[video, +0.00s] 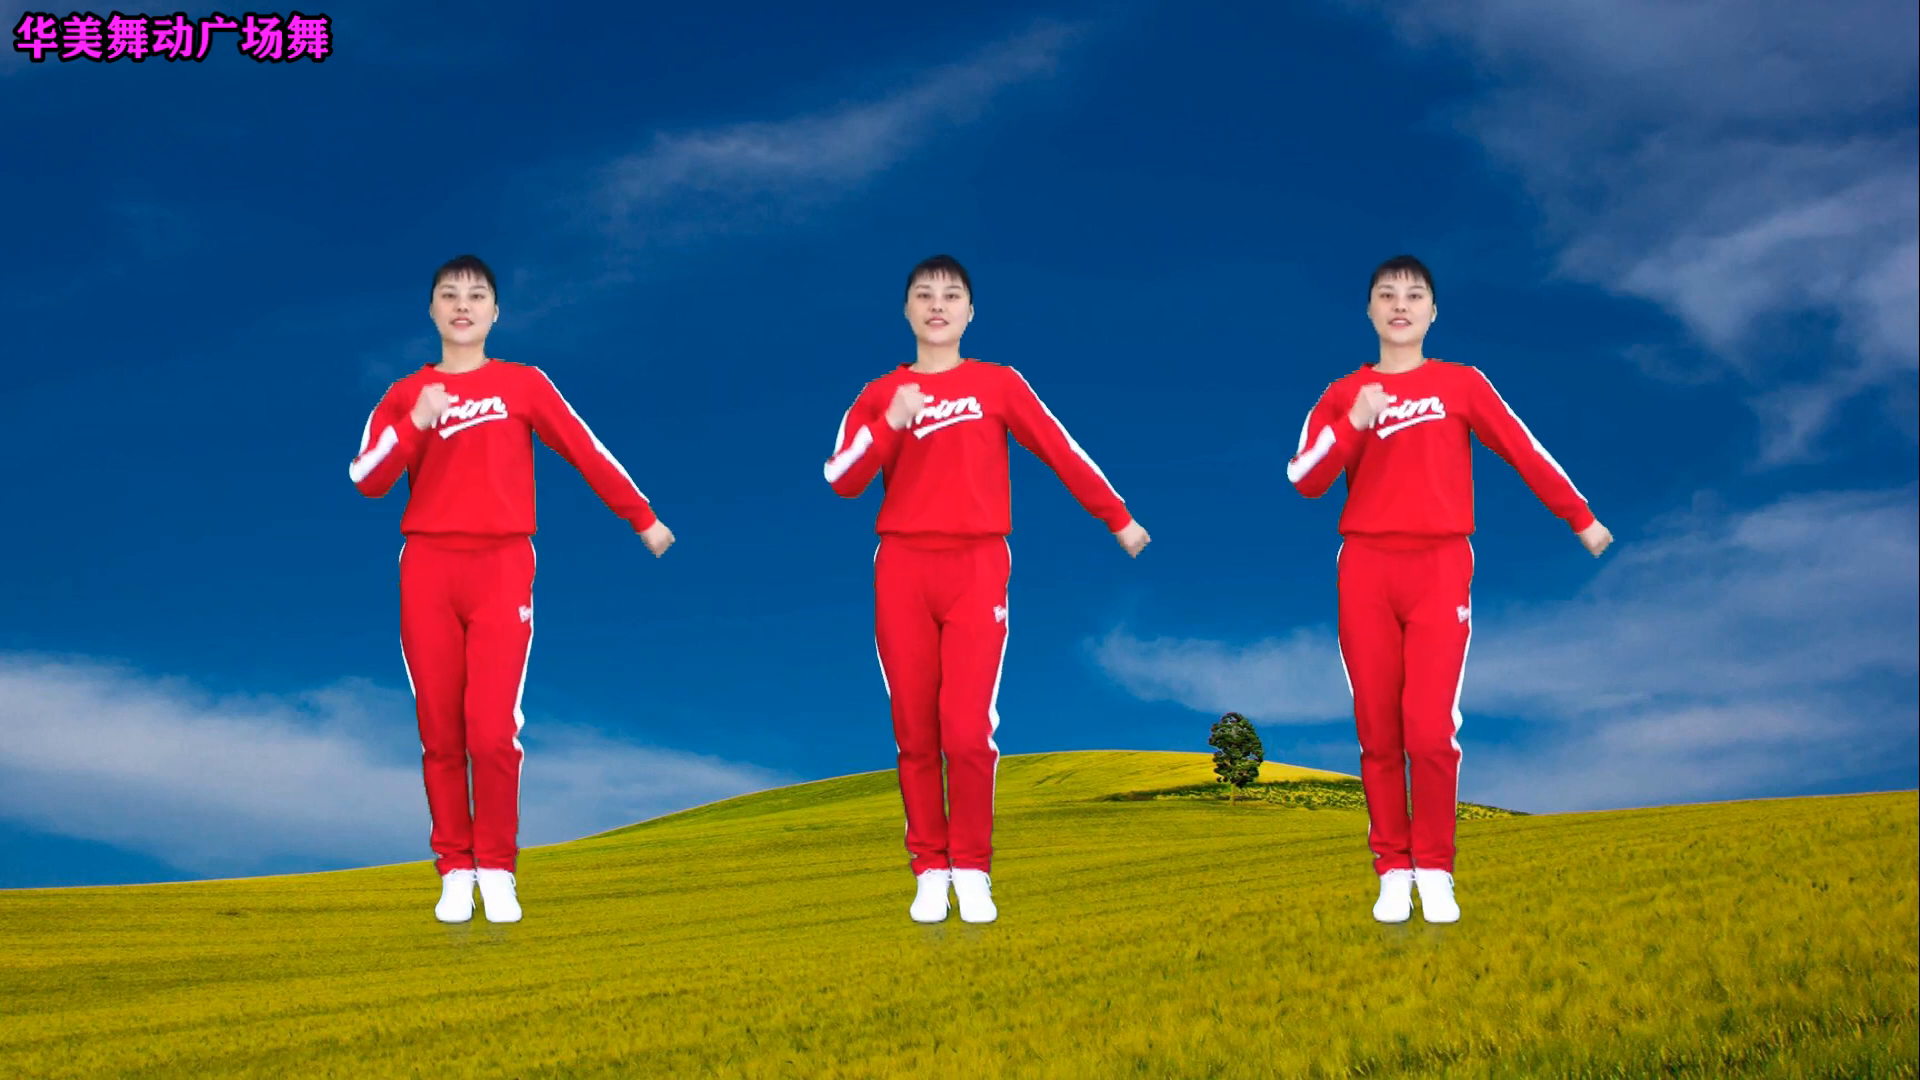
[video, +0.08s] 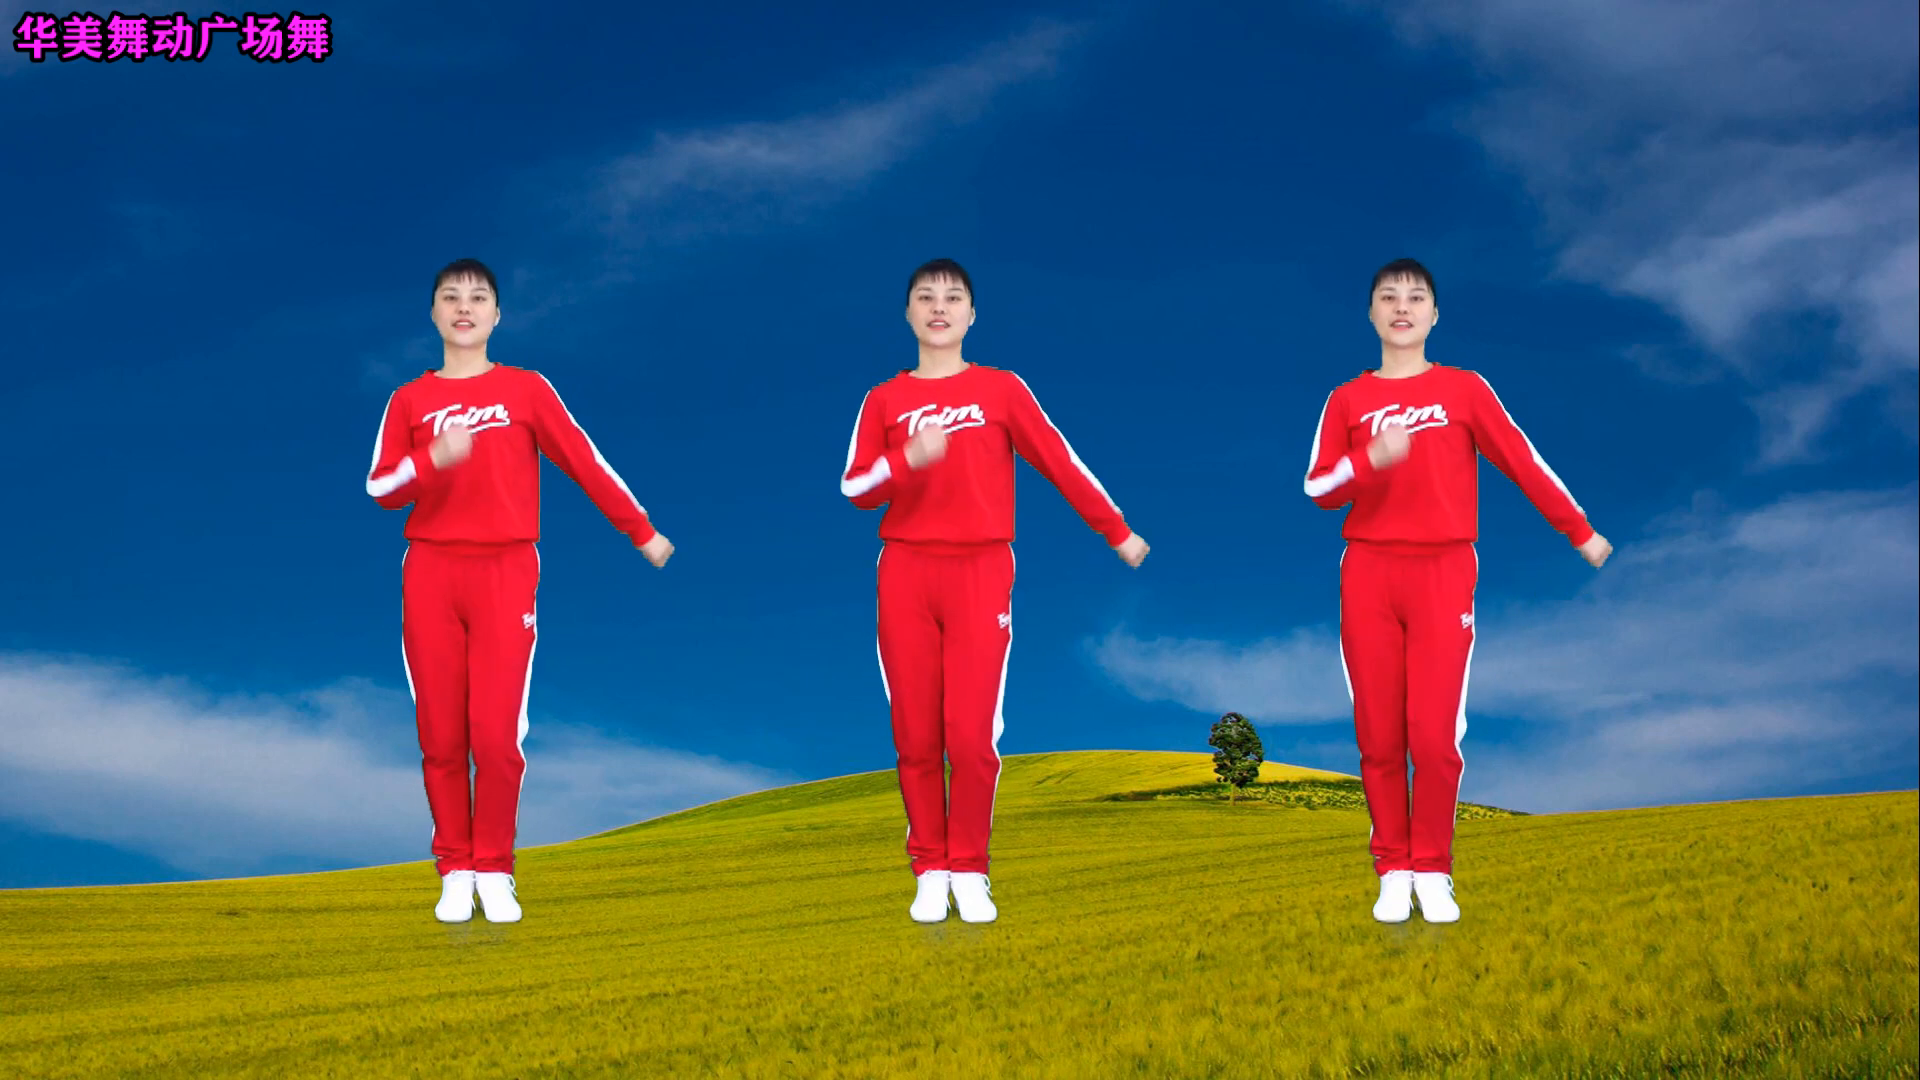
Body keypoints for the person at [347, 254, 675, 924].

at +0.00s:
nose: (462, 305)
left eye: (476, 296)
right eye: (450, 296)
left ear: (494, 311)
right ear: (432, 311)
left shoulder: (524, 383)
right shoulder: (404, 394)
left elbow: (587, 451)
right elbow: (368, 482)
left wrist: (644, 517)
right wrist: (414, 425)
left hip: (504, 566)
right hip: (427, 567)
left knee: (492, 731)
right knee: (440, 732)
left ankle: (496, 869)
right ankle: (455, 868)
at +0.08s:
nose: (465, 307)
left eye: (478, 298)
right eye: (451, 298)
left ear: (496, 314)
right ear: (434, 314)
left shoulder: (528, 388)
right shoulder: (408, 399)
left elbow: (587, 464)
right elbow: (381, 489)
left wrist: (643, 532)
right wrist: (431, 461)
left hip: (506, 570)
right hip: (430, 571)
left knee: (496, 731)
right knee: (441, 732)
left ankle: (494, 870)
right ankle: (455, 869)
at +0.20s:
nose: (467, 306)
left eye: (480, 296)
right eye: (455, 296)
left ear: (499, 309)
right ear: (438, 311)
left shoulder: (530, 385)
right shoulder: (415, 395)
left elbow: (565, 476)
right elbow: (406, 479)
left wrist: (591, 564)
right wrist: (437, 541)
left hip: (517, 567)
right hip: (441, 570)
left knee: (509, 727)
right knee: (451, 723)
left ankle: (498, 868)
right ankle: (457, 855)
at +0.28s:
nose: (471, 317)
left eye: (483, 308)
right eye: (458, 308)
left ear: (501, 321)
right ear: (441, 323)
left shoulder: (532, 397)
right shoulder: (417, 408)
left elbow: (544, 491)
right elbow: (409, 503)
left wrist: (538, 578)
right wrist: (408, 589)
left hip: (520, 579)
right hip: (447, 580)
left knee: (514, 729)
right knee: (461, 714)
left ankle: (496, 869)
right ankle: (459, 812)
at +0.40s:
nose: (475, 319)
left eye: (486, 309)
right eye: (462, 310)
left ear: (504, 320)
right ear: (445, 325)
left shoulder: (535, 399)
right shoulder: (420, 409)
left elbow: (552, 478)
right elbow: (384, 499)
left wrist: (487, 495)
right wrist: (357, 584)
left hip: (526, 576)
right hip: (450, 577)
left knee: (522, 727)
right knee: (476, 693)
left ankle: (497, 868)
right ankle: (465, 793)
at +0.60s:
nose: (478, 295)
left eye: (489, 285)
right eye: (463, 288)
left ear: (508, 298)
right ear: (447, 305)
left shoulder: (540, 376)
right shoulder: (424, 380)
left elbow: (569, 462)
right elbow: (355, 443)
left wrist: (515, 412)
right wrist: (291, 504)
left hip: (524, 557)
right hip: (448, 558)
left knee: (514, 715)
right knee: (466, 713)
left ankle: (500, 862)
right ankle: (455, 848)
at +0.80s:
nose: (484, 303)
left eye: (494, 293)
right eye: (468, 294)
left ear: (507, 308)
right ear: (445, 313)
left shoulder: (535, 388)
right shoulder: (418, 384)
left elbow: (564, 474)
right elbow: (332, 418)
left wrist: (540, 490)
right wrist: (238, 454)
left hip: (524, 565)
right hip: (448, 566)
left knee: (513, 727)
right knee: (456, 729)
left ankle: (498, 868)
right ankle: (451, 870)